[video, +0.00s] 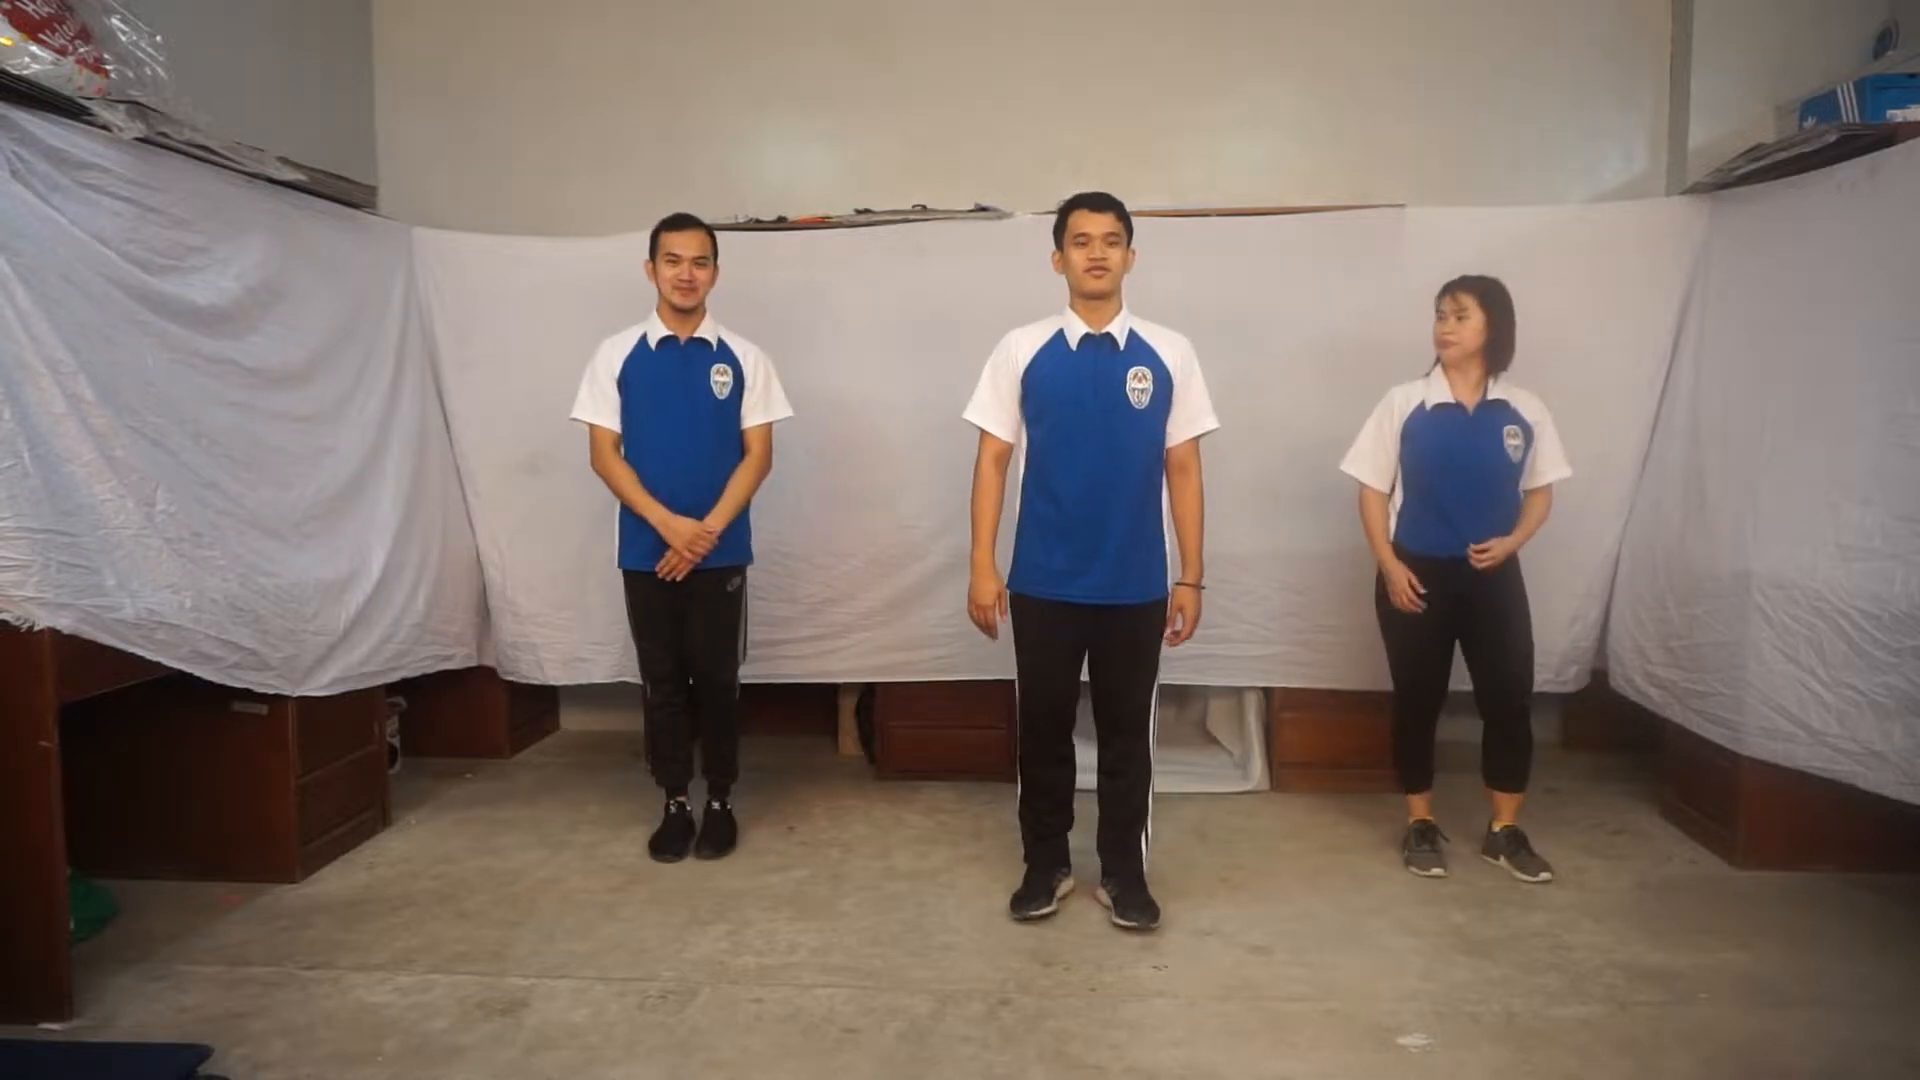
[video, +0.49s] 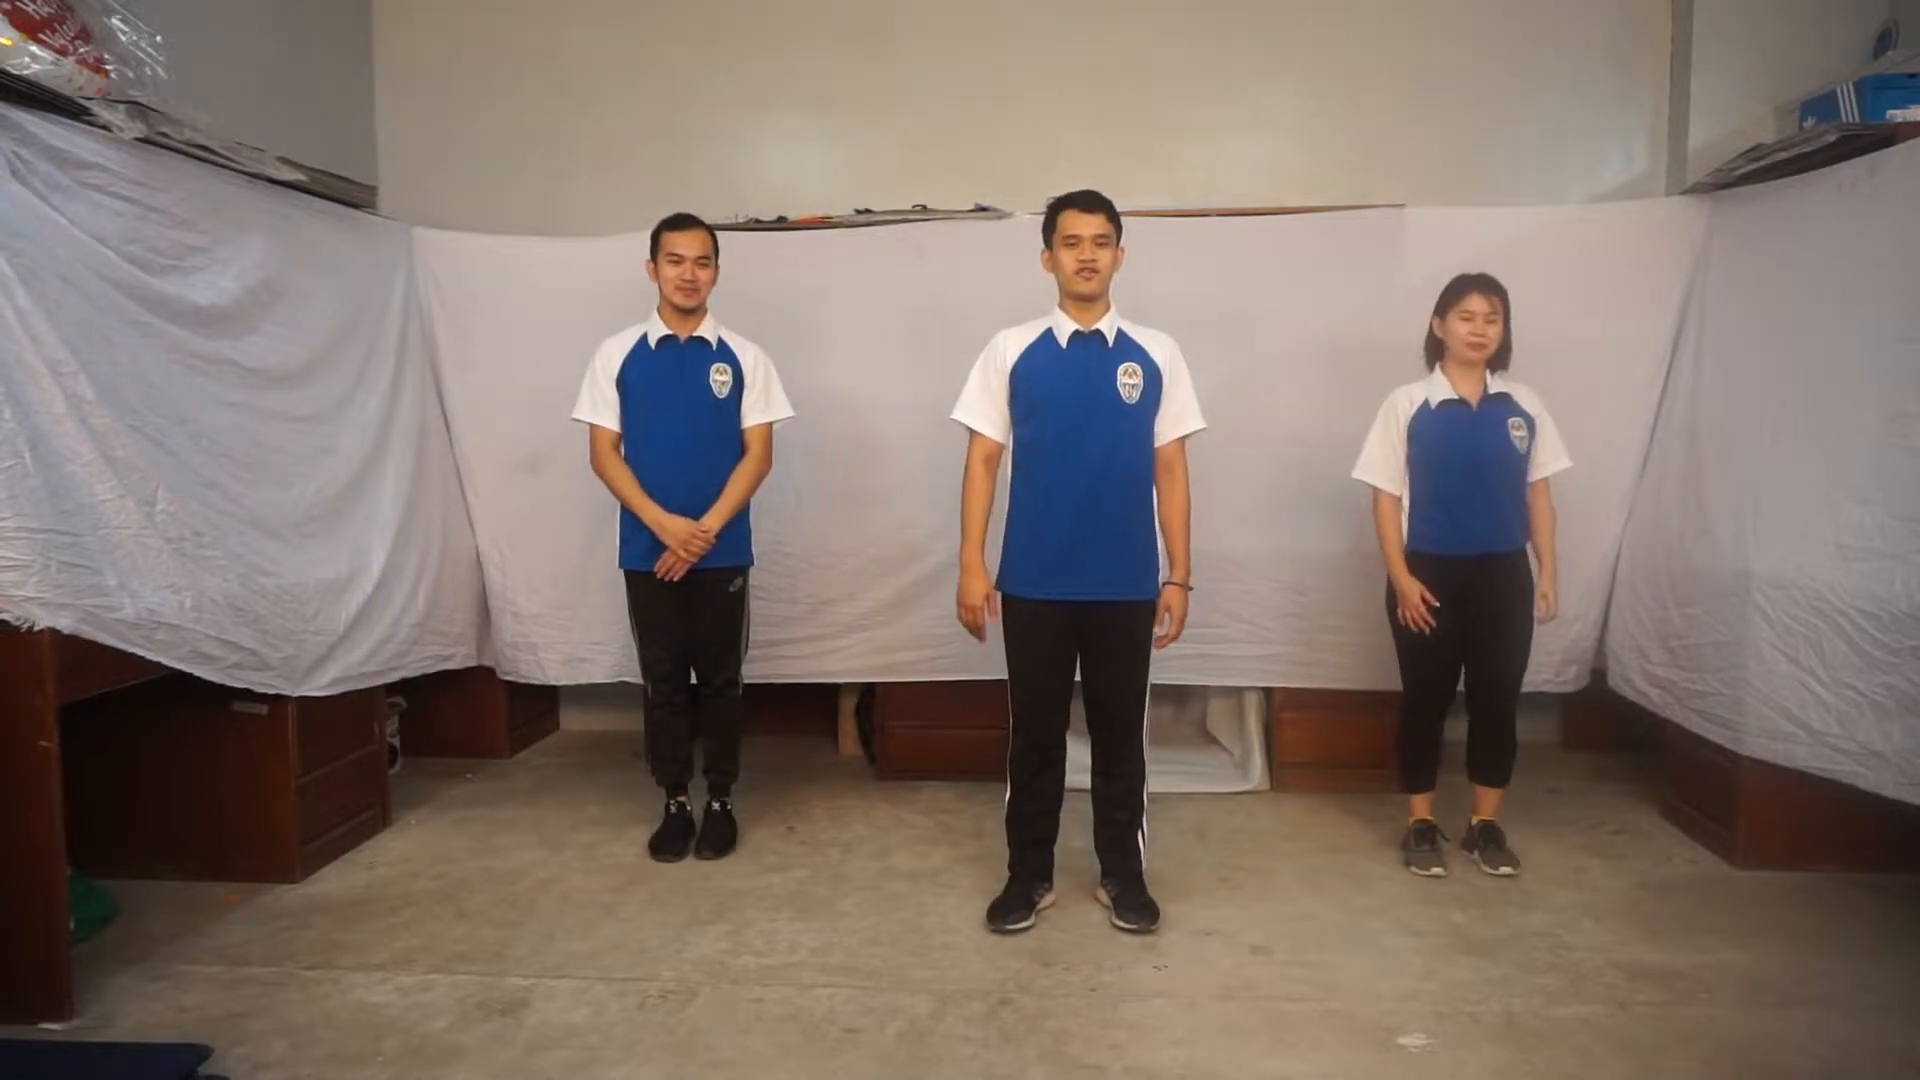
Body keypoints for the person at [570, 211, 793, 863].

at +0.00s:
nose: (687, 273)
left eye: (700, 262)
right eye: (673, 261)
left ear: (714, 273)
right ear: (653, 270)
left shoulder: (744, 359)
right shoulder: (617, 355)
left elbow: (759, 457)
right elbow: (603, 456)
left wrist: (703, 537)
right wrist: (665, 521)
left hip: (720, 555)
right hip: (647, 556)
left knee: (717, 683)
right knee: (663, 687)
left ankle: (719, 801)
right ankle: (676, 804)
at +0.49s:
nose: (690, 273)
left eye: (702, 262)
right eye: (676, 261)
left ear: (715, 272)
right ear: (654, 270)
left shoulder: (744, 358)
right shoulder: (617, 355)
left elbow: (759, 457)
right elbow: (603, 455)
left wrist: (699, 538)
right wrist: (660, 521)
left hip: (722, 555)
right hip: (649, 557)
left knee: (720, 685)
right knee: (664, 688)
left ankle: (720, 801)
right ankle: (676, 804)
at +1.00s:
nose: (689, 275)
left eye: (702, 264)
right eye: (675, 263)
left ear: (716, 271)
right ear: (654, 270)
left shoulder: (745, 356)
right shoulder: (618, 353)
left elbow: (758, 457)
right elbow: (604, 455)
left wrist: (700, 536)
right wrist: (655, 526)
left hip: (722, 555)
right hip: (651, 556)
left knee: (720, 683)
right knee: (664, 686)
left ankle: (720, 802)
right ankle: (675, 805)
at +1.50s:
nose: (694, 273)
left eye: (705, 261)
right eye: (680, 261)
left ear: (718, 271)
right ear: (656, 270)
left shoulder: (748, 357)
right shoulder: (620, 354)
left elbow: (762, 457)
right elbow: (608, 455)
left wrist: (711, 538)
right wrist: (670, 523)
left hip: (726, 555)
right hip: (654, 556)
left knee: (722, 684)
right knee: (666, 687)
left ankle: (720, 802)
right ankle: (676, 804)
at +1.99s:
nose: (693, 269)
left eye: (705, 258)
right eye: (680, 257)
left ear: (720, 270)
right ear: (659, 268)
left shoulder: (750, 358)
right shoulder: (623, 353)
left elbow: (762, 459)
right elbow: (608, 454)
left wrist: (708, 542)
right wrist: (667, 521)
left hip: (726, 555)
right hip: (654, 556)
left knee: (723, 684)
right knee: (666, 687)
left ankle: (720, 802)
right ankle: (676, 804)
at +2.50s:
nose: (684, 266)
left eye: (698, 255)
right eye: (671, 255)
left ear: (716, 267)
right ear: (655, 267)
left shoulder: (750, 354)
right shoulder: (623, 353)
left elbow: (766, 457)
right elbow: (609, 456)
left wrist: (713, 539)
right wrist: (663, 525)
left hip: (729, 554)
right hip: (656, 555)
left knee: (724, 685)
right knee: (667, 687)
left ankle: (720, 803)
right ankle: (676, 804)